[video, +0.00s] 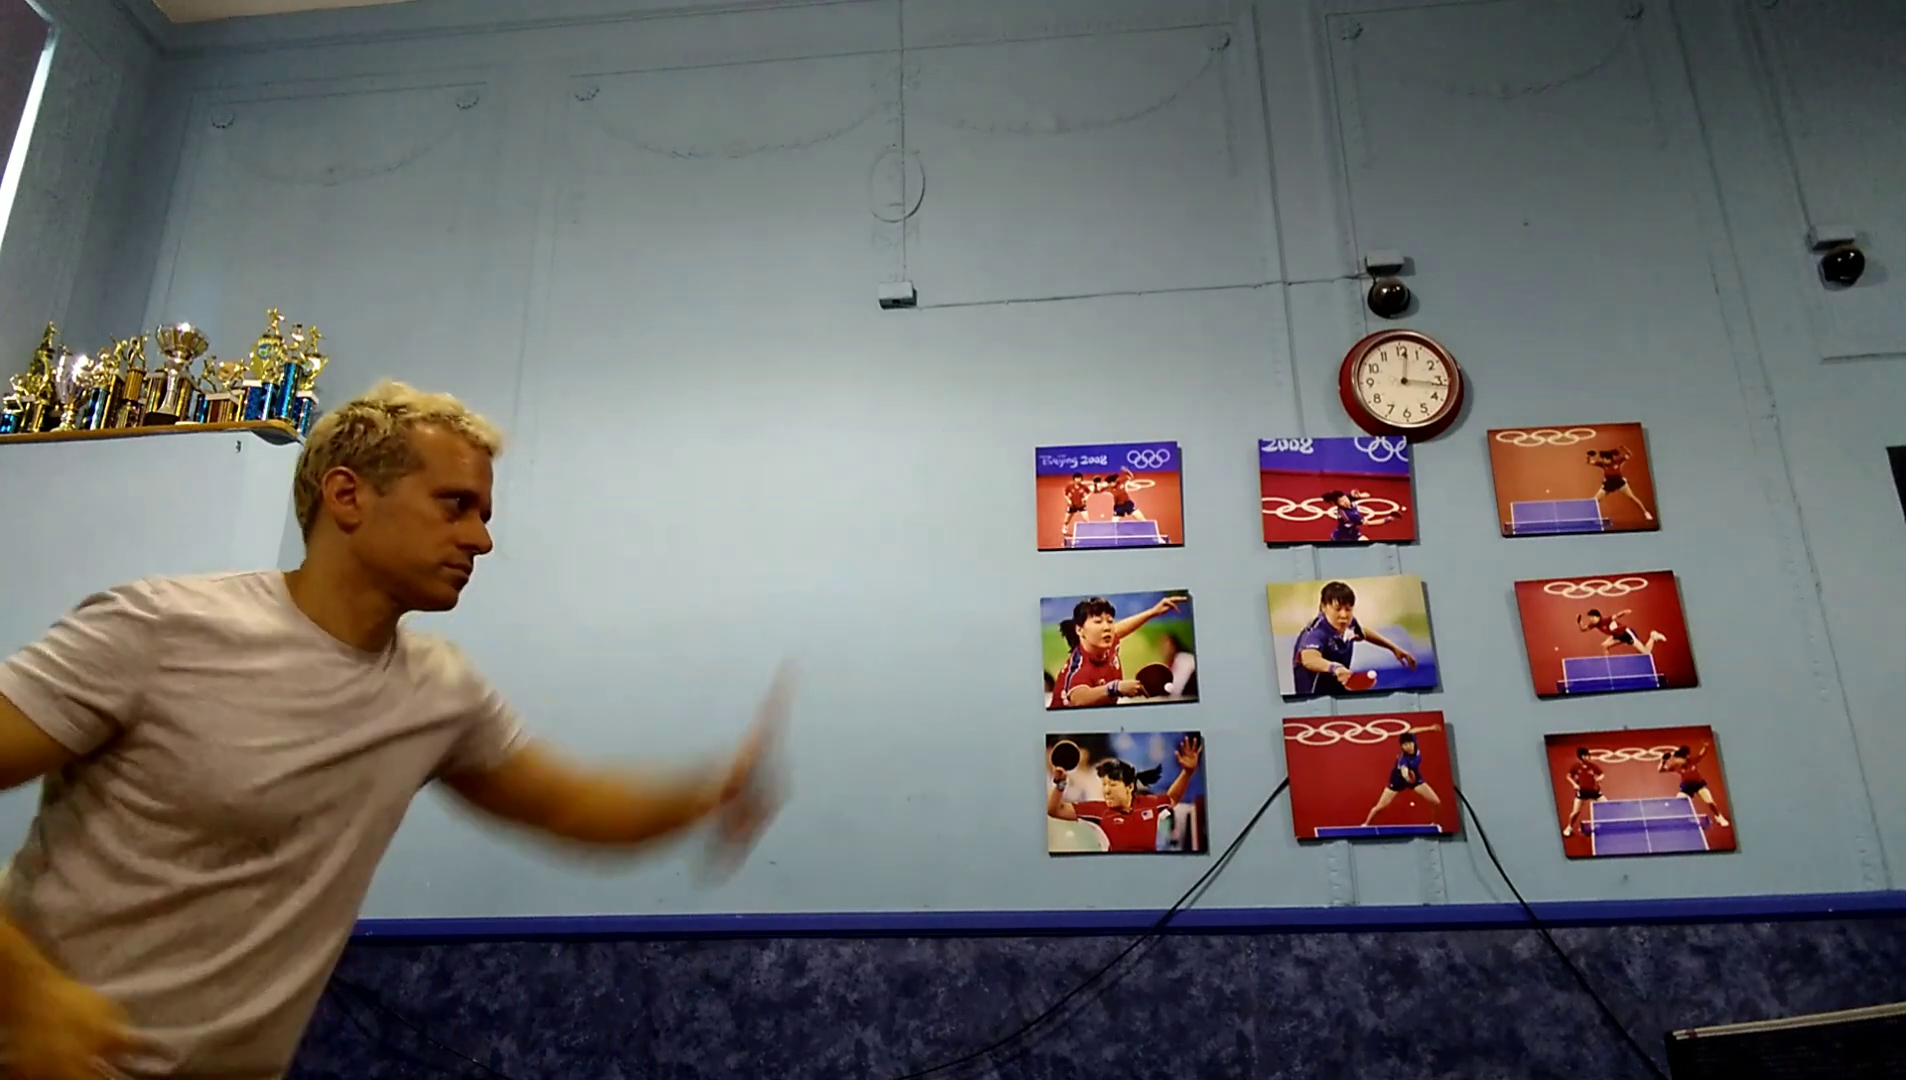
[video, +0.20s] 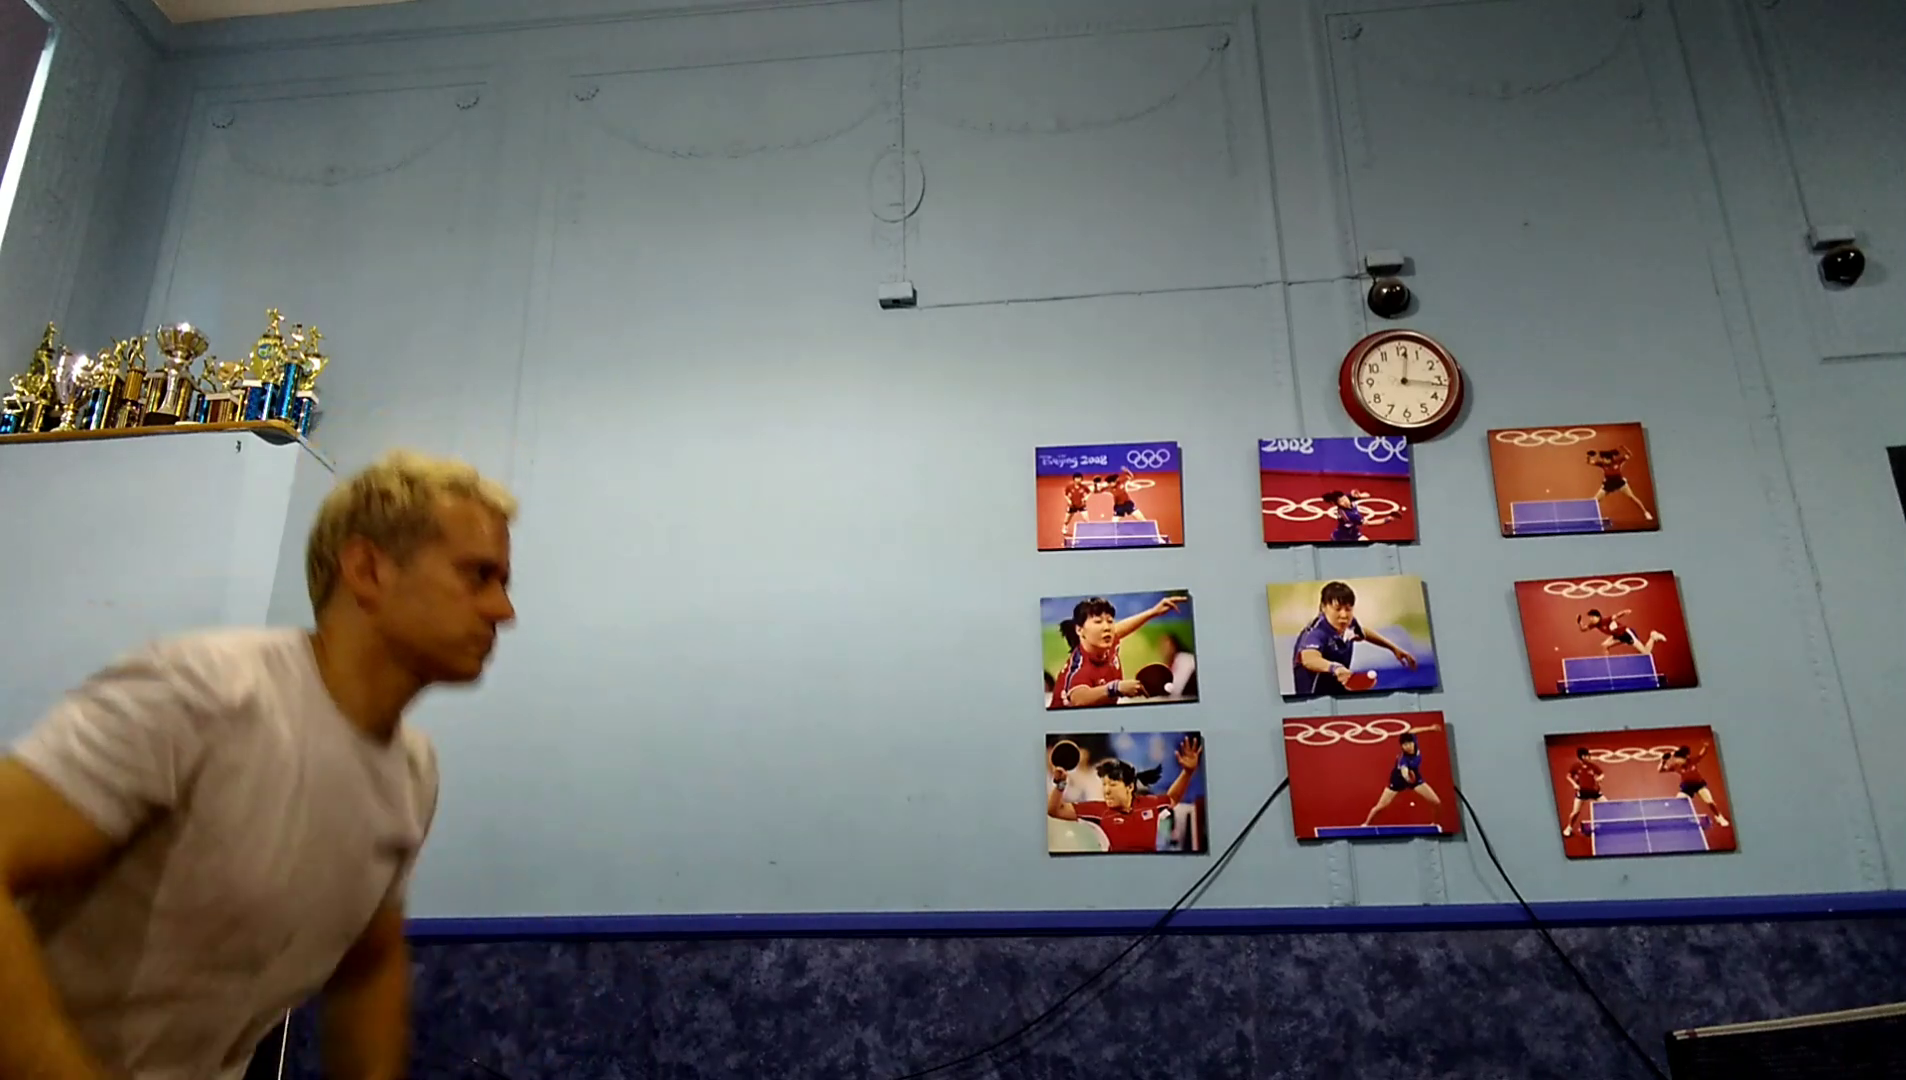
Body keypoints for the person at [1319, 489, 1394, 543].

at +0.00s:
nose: (1344, 502)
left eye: (1344, 499)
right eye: (1341, 502)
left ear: (1346, 497)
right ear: (1338, 505)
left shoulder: (1350, 499)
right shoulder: (1350, 515)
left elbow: (1367, 496)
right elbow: (1367, 523)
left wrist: (1359, 495)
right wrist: (1386, 520)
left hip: (1355, 535)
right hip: (1341, 538)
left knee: (1370, 547)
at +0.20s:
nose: (1344, 502)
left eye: (1344, 499)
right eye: (1341, 502)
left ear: (1346, 497)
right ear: (1338, 505)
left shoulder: (1350, 499)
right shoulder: (1349, 515)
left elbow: (1367, 496)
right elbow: (1367, 523)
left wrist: (1359, 495)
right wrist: (1385, 520)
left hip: (1355, 535)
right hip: (1341, 538)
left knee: (1370, 547)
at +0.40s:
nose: (1344, 502)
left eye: (1344, 499)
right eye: (1341, 502)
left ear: (1346, 497)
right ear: (1338, 505)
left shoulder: (1350, 500)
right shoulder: (1349, 515)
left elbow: (1367, 496)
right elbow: (1367, 523)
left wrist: (1359, 495)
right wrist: (1385, 520)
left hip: (1355, 536)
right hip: (1341, 538)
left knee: (1370, 547)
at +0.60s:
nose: (1344, 502)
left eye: (1344, 499)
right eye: (1341, 502)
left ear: (1346, 497)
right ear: (1338, 505)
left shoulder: (1350, 500)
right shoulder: (1349, 515)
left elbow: (1367, 496)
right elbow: (1367, 523)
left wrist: (1359, 495)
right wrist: (1385, 520)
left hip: (1355, 536)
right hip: (1341, 537)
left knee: (1370, 547)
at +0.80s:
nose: (1344, 502)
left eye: (1344, 499)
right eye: (1341, 502)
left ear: (1346, 497)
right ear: (1338, 505)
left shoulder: (1350, 500)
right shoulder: (1349, 515)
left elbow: (1367, 496)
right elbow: (1367, 523)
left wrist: (1359, 495)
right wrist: (1385, 520)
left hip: (1355, 536)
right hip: (1341, 537)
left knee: (1370, 547)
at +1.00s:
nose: (1344, 502)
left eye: (1344, 499)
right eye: (1341, 502)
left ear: (1346, 497)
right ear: (1338, 505)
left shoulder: (1349, 498)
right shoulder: (1350, 515)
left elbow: (1368, 496)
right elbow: (1367, 523)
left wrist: (1360, 495)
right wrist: (1384, 520)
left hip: (1355, 535)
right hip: (1341, 538)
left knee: (1369, 547)